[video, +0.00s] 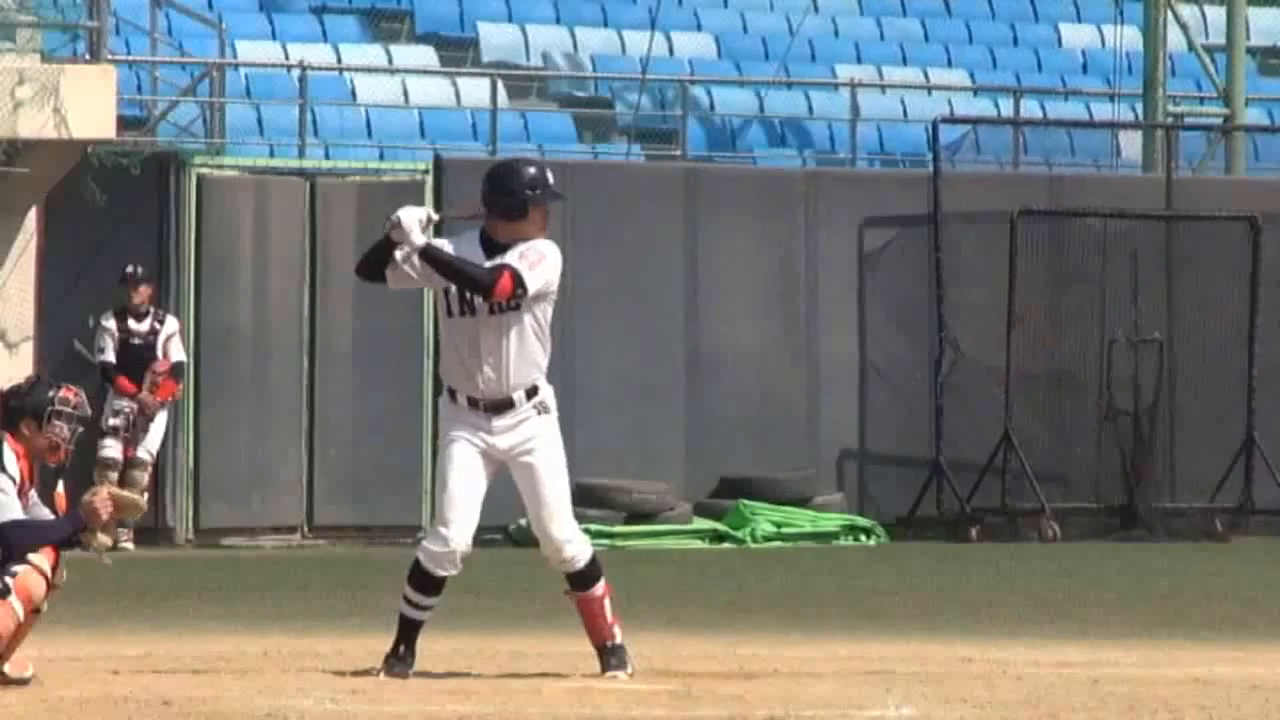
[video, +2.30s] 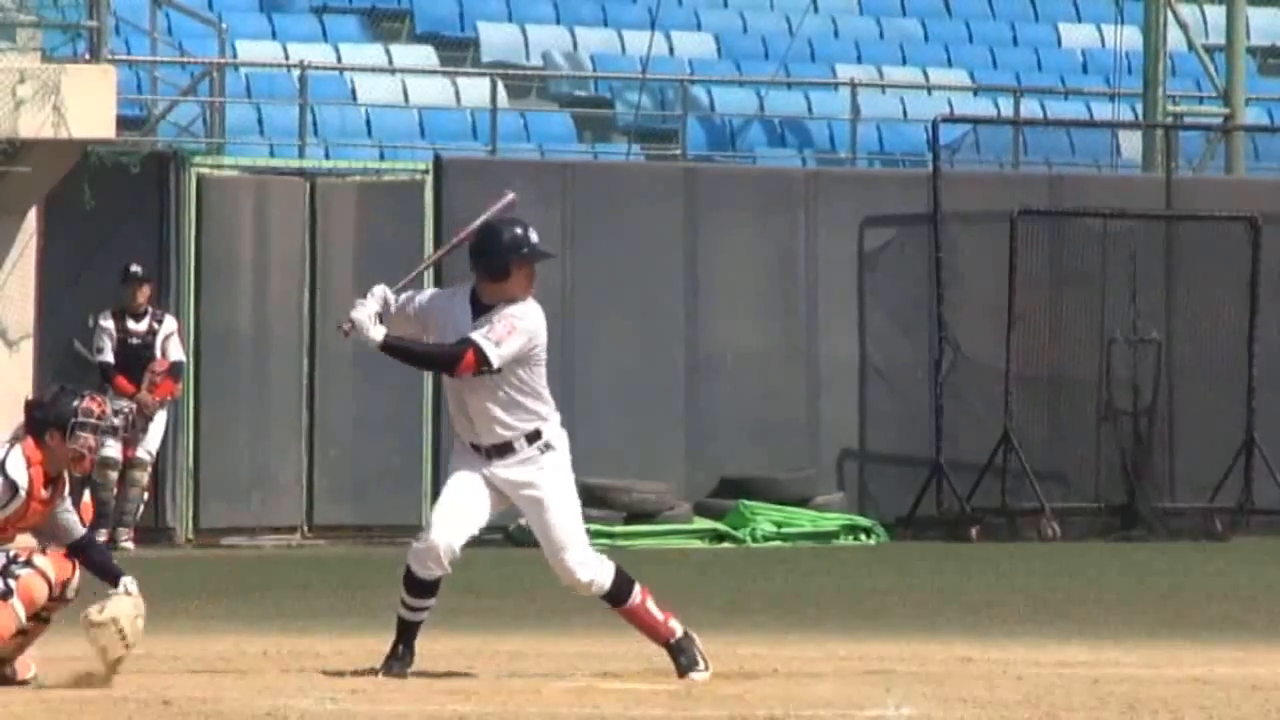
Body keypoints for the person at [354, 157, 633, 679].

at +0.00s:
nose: (547, 216)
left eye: (546, 207)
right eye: (540, 208)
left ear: (518, 207)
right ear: (510, 211)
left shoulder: (543, 254)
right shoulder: (449, 248)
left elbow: (492, 287)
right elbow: (369, 270)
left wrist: (421, 246)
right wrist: (396, 235)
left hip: (530, 417)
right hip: (464, 420)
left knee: (560, 540)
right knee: (449, 541)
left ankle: (610, 646)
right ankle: (403, 646)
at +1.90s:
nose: (504, 255)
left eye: (503, 245)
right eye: (496, 246)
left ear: (481, 247)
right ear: (467, 248)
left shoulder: (497, 296)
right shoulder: (412, 280)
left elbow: (436, 328)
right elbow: (327, 285)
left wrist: (374, 274)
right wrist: (358, 253)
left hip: (497, 441)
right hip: (435, 449)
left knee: (550, 541)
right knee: (422, 550)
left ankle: (631, 635)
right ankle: (398, 650)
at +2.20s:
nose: (513, 265)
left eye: (512, 256)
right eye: (507, 257)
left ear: (478, 260)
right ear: (482, 261)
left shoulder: (502, 309)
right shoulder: (421, 296)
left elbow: (434, 346)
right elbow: (368, 301)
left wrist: (358, 311)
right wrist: (361, 285)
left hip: (512, 456)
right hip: (454, 462)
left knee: (566, 564)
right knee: (423, 549)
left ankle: (669, 638)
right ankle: (400, 650)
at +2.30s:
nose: (533, 274)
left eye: (533, 264)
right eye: (526, 265)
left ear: (514, 272)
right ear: (496, 270)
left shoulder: (525, 317)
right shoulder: (444, 303)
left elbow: (462, 360)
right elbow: (403, 311)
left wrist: (378, 338)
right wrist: (380, 304)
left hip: (535, 456)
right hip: (475, 461)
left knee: (576, 566)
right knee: (434, 546)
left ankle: (675, 639)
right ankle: (402, 647)